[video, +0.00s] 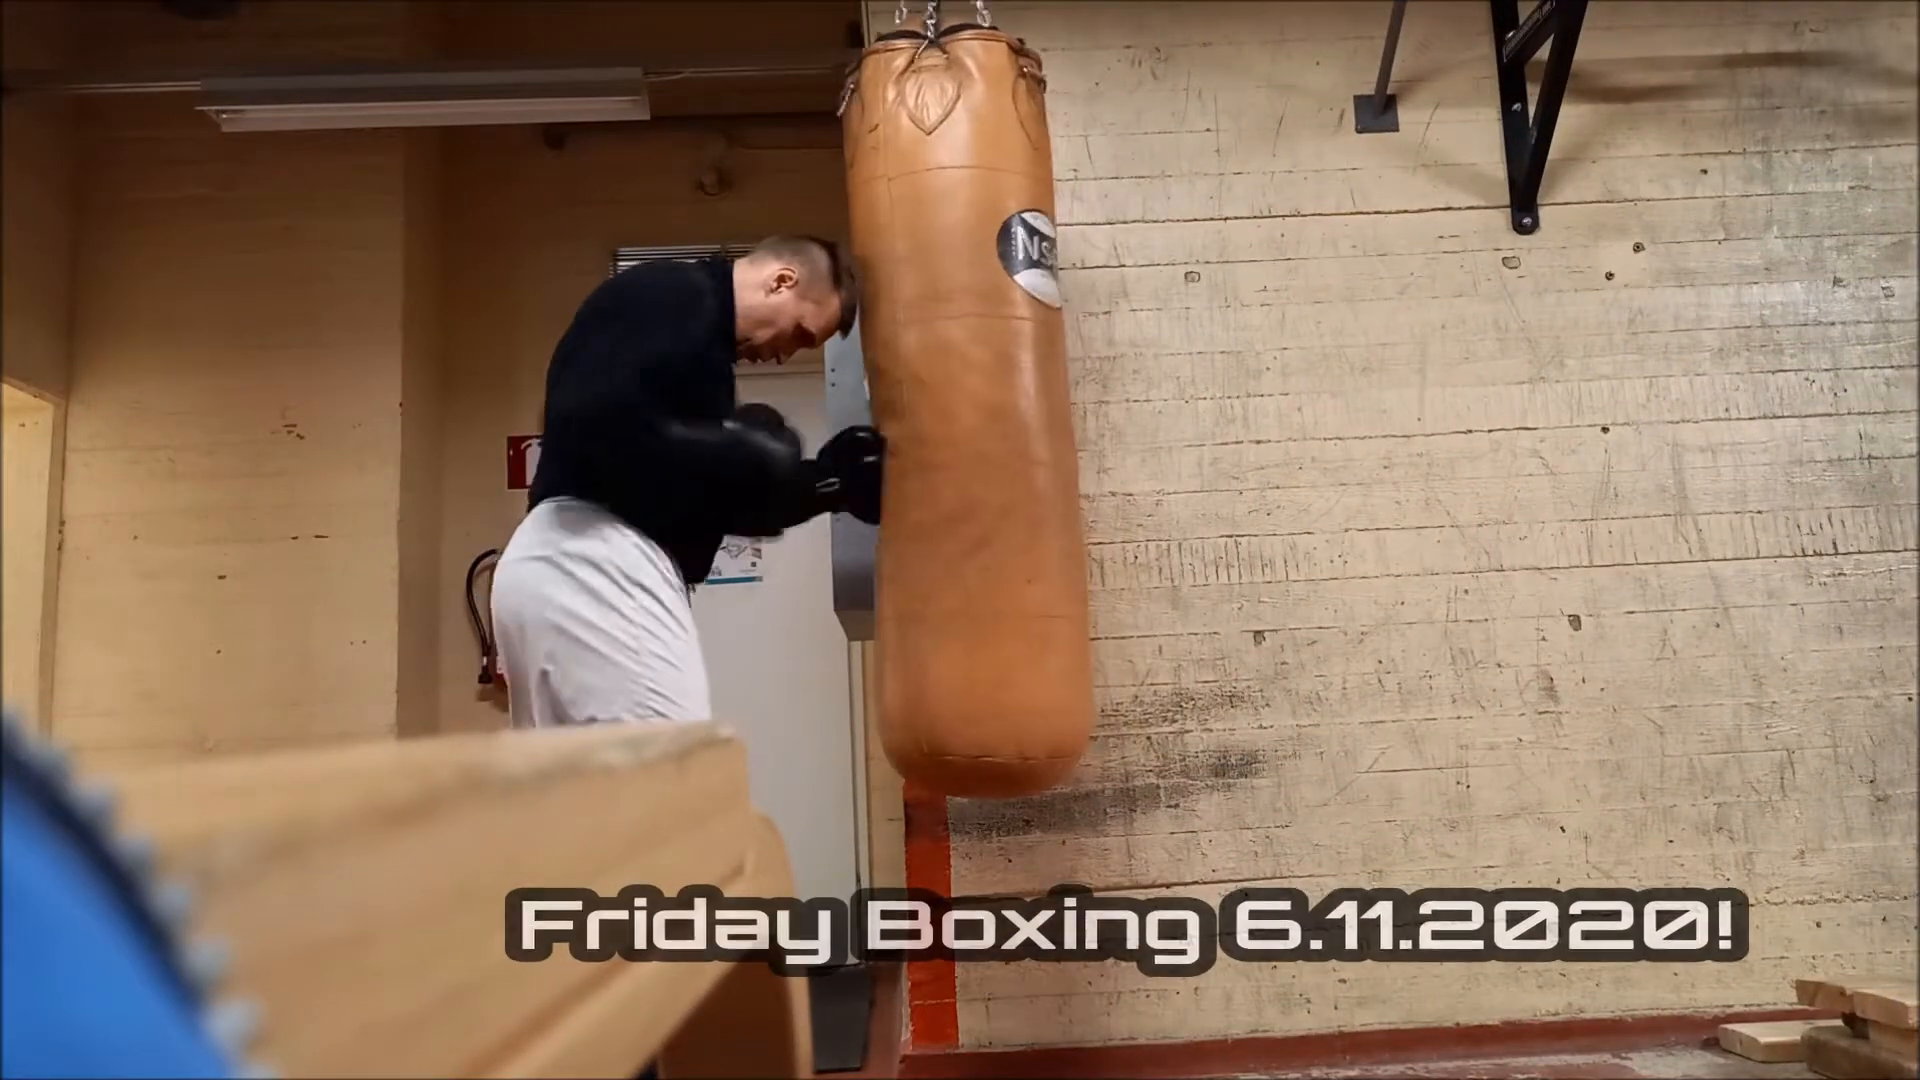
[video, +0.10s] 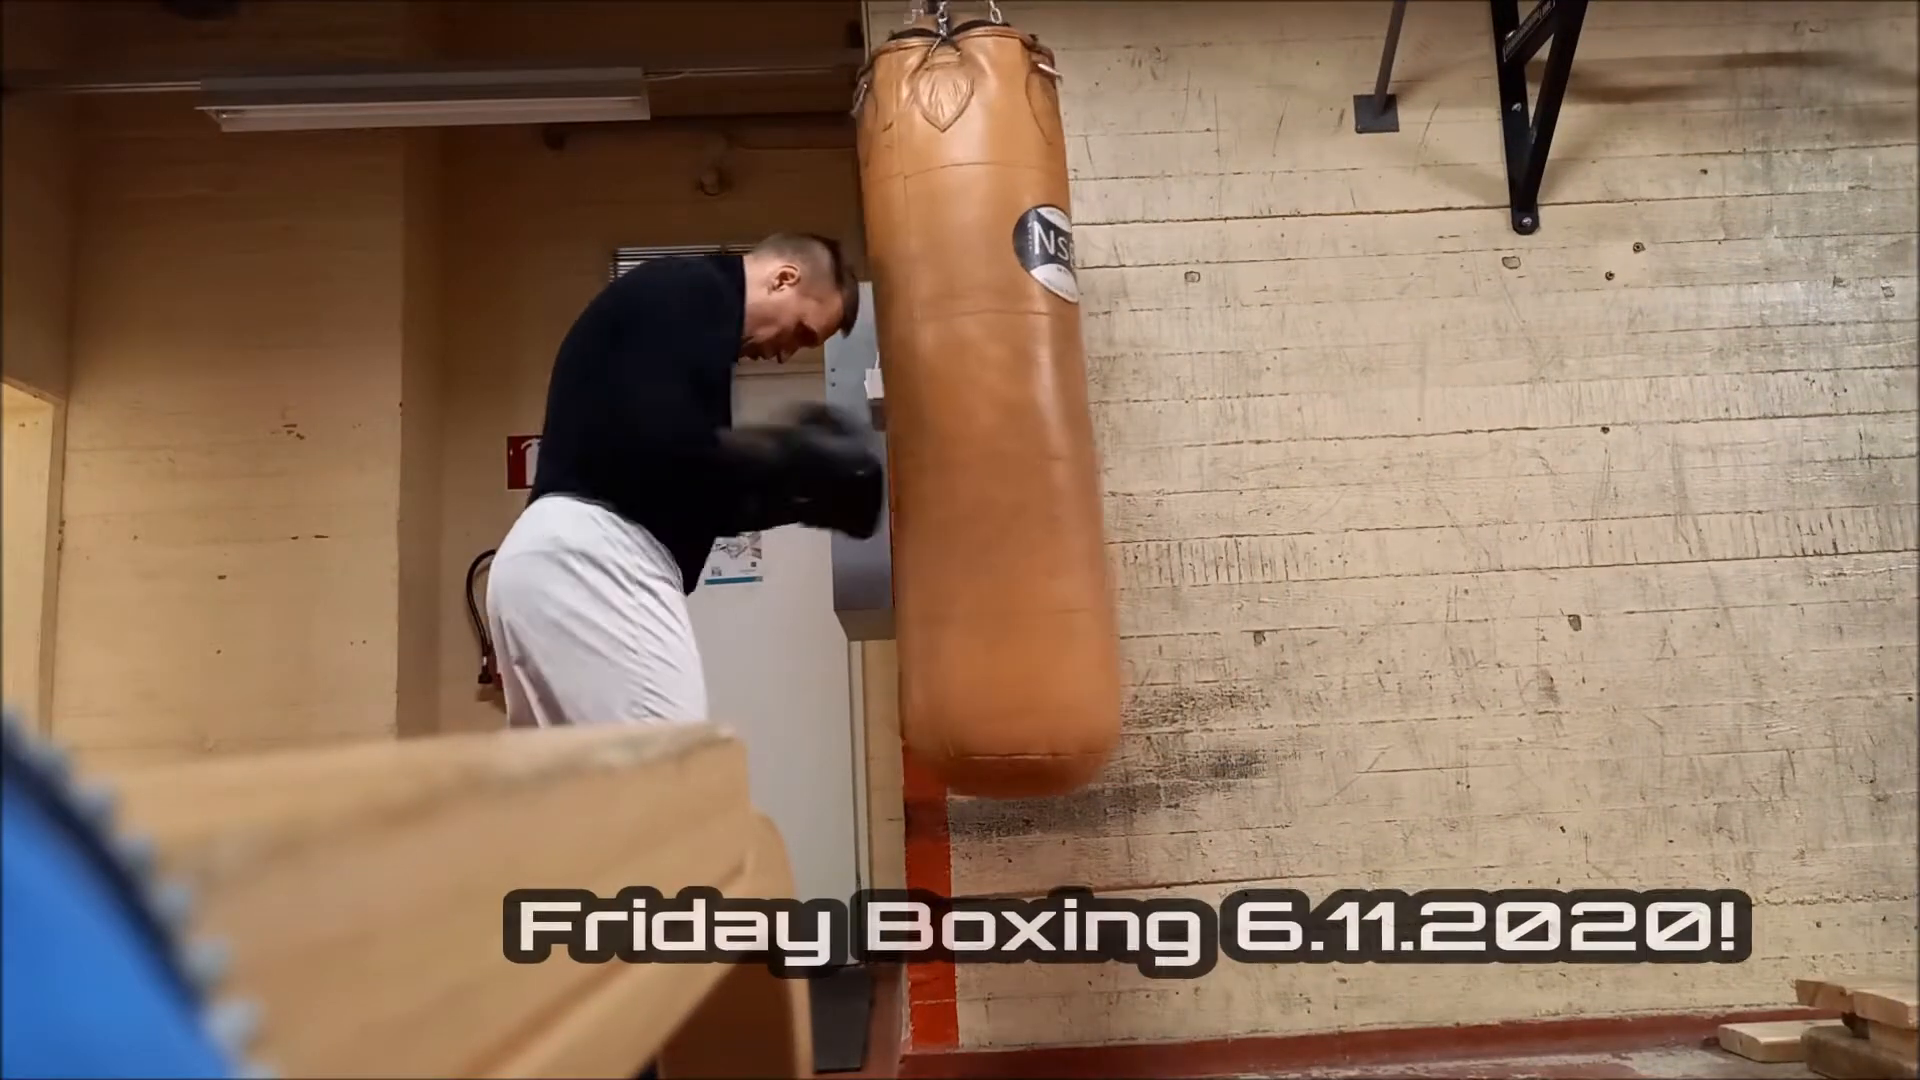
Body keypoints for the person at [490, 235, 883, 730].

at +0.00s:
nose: (786, 353)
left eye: (804, 344)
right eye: (802, 332)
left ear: (779, 279)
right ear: (783, 281)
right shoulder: (668, 293)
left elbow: (705, 501)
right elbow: (603, 439)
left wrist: (822, 482)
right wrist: (745, 454)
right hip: (596, 561)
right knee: (661, 806)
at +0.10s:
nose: (786, 354)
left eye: (804, 345)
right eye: (802, 331)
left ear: (780, 276)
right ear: (785, 279)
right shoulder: (690, 293)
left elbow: (678, 498)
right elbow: (665, 465)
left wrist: (798, 489)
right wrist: (793, 464)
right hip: (590, 557)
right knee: (667, 799)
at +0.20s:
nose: (785, 349)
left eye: (800, 341)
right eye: (798, 328)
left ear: (772, 273)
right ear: (778, 275)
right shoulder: (705, 300)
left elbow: (768, 491)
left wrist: (863, 465)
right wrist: (883, 462)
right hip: (589, 563)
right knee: (658, 812)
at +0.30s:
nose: (783, 346)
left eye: (797, 338)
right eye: (794, 326)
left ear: (767, 270)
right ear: (772, 273)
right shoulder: (691, 296)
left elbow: (715, 485)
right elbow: (714, 457)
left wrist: (822, 477)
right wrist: (832, 466)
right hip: (586, 556)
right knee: (651, 812)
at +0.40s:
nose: (772, 351)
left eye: (789, 341)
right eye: (786, 330)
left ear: (763, 278)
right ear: (764, 278)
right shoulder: (687, 299)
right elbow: (658, 436)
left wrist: (760, 458)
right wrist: (771, 455)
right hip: (577, 553)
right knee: (657, 791)